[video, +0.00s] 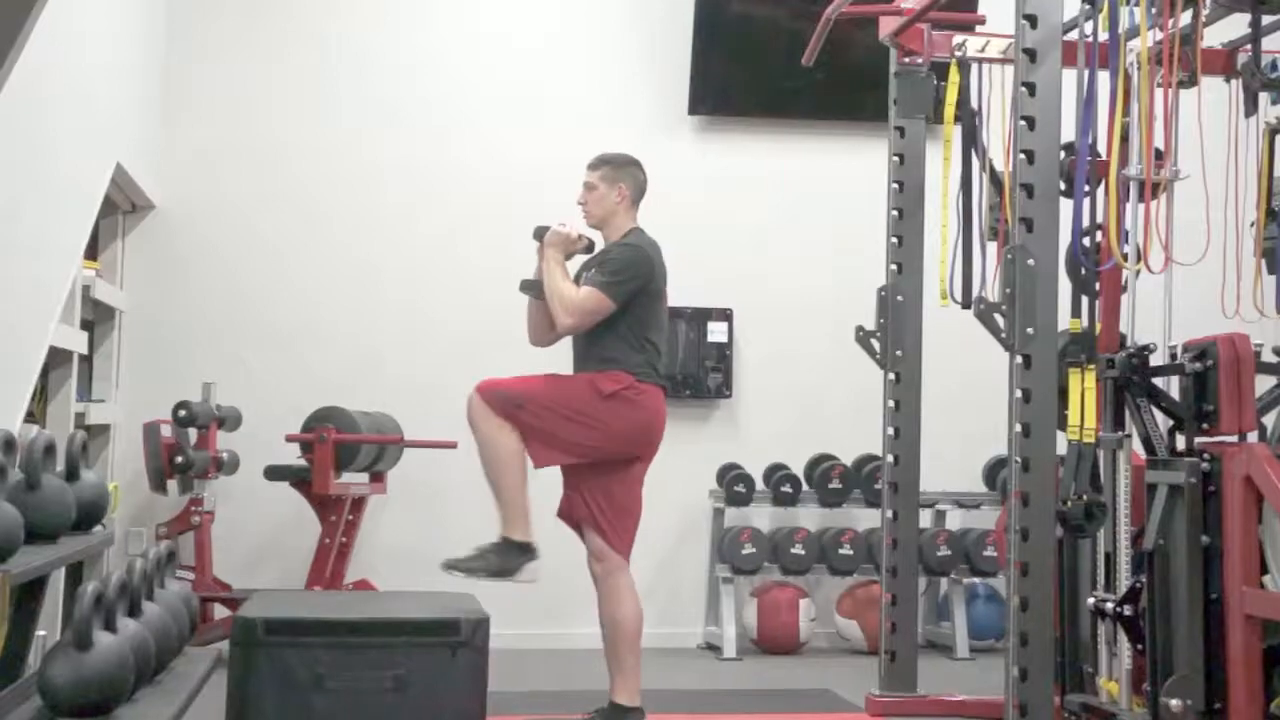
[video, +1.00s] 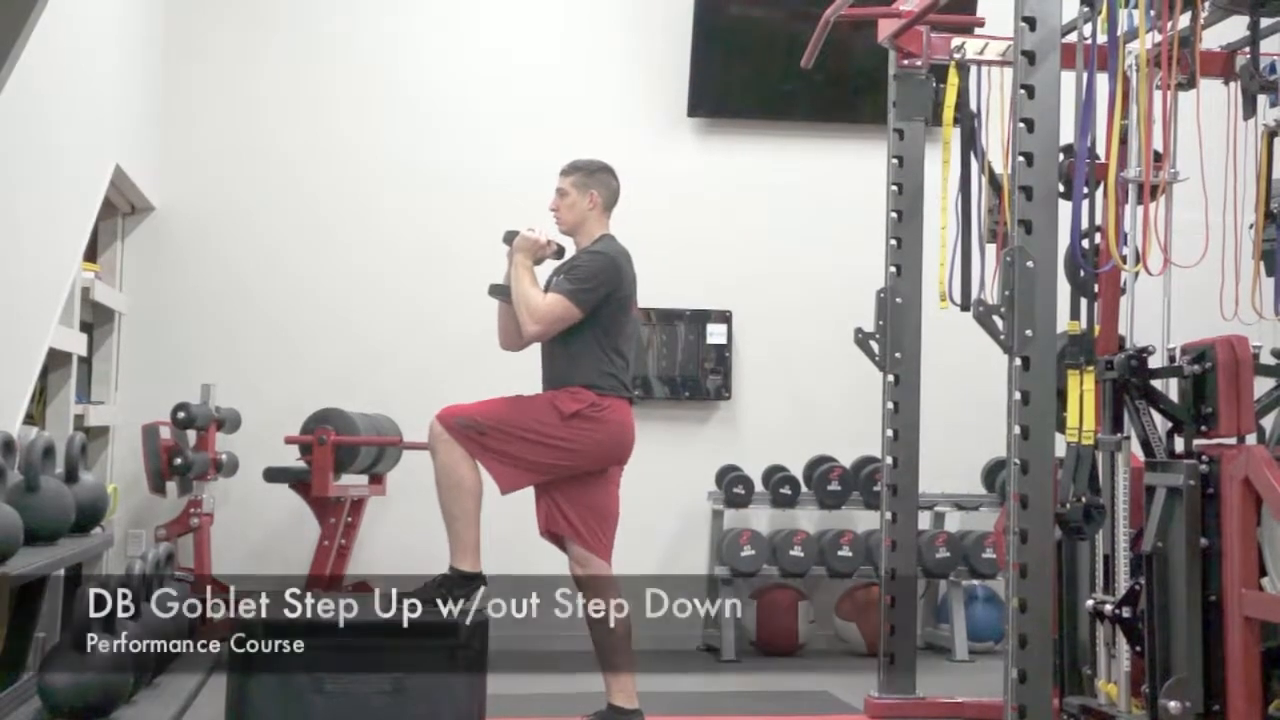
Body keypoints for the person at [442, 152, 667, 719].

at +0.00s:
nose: (581, 196)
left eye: (590, 187)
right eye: (583, 186)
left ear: (622, 193)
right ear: (616, 194)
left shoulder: (635, 252)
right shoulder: (606, 257)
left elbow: (569, 316)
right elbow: (540, 332)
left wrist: (555, 257)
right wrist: (545, 266)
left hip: (624, 400)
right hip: (619, 410)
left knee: (489, 403)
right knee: (608, 559)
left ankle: (516, 542)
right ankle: (625, 704)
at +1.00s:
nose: (553, 203)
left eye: (562, 193)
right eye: (555, 193)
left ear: (593, 199)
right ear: (590, 201)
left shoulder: (605, 259)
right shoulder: (581, 264)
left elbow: (535, 322)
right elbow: (512, 337)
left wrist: (521, 260)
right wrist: (517, 269)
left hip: (588, 414)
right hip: (594, 420)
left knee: (449, 429)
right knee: (590, 563)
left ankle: (464, 576)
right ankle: (624, 705)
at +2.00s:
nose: (453, 54)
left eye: (462, 43)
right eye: (455, 44)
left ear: (495, 46)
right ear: (495, 47)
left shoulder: (507, 105)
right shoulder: (488, 111)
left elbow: (434, 169)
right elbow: (422, 197)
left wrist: (425, 106)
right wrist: (427, 125)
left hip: (499, 280)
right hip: (466, 266)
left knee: (464, 432)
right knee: (363, 250)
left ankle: (465, 582)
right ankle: (395, 375)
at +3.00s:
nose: (499, 215)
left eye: (507, 204)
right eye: (500, 204)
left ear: (539, 207)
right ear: (538, 209)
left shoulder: (557, 265)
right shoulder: (541, 272)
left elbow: (492, 336)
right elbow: (476, 354)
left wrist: (479, 275)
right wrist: (476, 289)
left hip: (571, 422)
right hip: (580, 428)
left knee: (430, 438)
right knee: (558, 574)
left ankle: (462, 578)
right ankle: (612, 707)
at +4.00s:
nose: (540, 204)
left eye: (550, 195)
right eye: (542, 194)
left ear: (581, 201)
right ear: (574, 203)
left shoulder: (595, 261)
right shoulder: (569, 267)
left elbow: (525, 323)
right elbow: (502, 342)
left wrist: (510, 262)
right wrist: (506, 275)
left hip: (580, 416)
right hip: (585, 420)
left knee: (440, 434)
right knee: (581, 562)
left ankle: (462, 578)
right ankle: (615, 707)